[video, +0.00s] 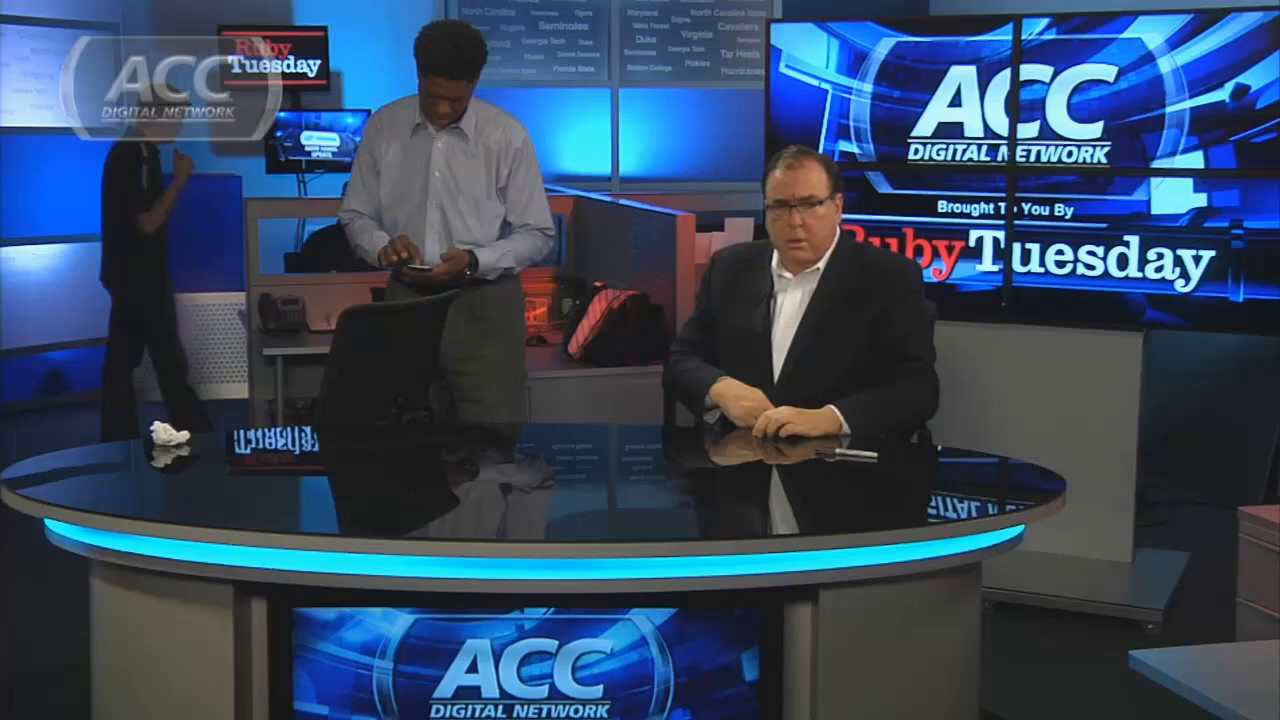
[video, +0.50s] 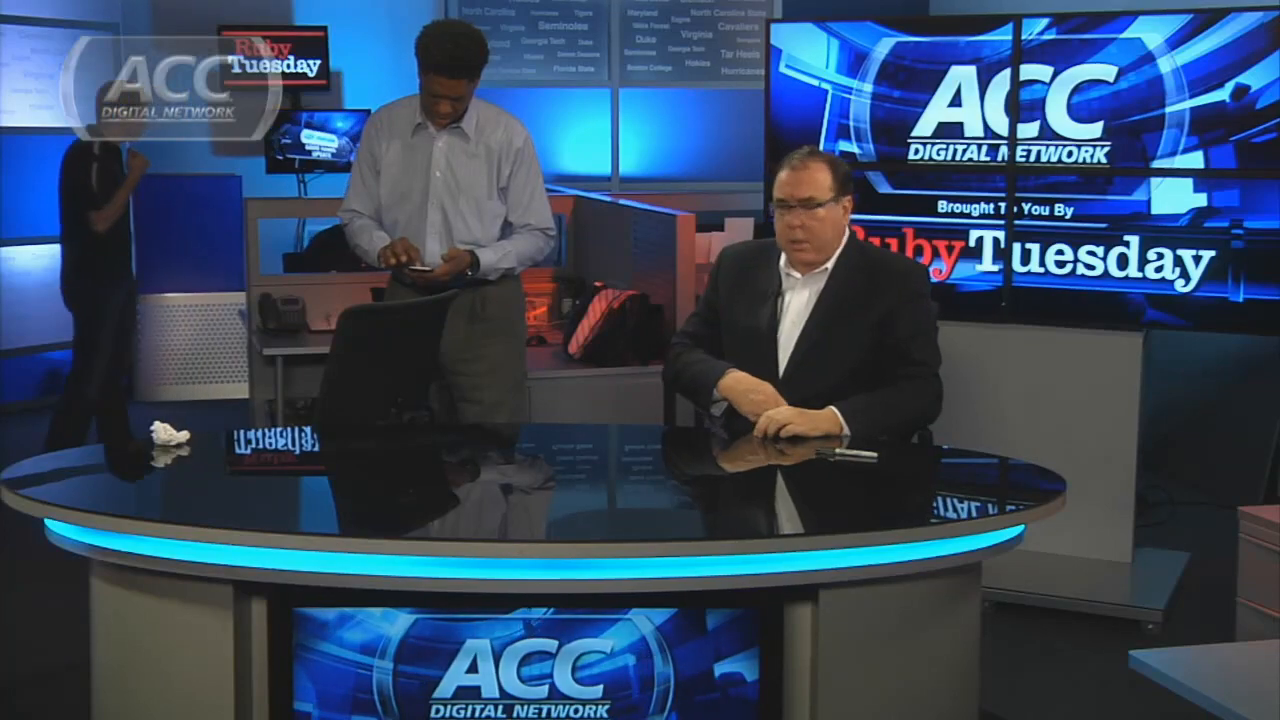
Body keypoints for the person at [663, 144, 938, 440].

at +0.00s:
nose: (795, 221)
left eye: (810, 205)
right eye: (781, 206)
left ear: (838, 207)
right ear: (766, 211)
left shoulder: (893, 278)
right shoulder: (732, 270)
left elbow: (919, 390)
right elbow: (684, 360)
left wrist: (834, 417)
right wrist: (724, 390)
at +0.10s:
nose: (800, 221)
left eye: (815, 204)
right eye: (785, 206)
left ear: (841, 208)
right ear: (769, 211)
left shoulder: (893, 279)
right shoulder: (732, 269)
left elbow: (919, 392)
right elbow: (682, 360)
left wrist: (834, 418)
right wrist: (723, 387)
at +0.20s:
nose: (802, 221)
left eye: (817, 205)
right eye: (787, 206)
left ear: (843, 208)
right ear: (771, 211)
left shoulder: (894, 280)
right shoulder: (733, 269)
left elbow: (919, 392)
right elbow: (682, 359)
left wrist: (833, 419)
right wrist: (725, 385)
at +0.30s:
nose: (803, 221)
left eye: (818, 205)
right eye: (789, 207)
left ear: (844, 209)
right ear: (773, 211)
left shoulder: (895, 280)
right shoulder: (734, 268)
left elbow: (919, 393)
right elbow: (683, 359)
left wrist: (832, 419)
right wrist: (727, 386)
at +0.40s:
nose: (803, 221)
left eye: (819, 205)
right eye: (789, 207)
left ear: (846, 209)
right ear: (774, 211)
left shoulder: (896, 280)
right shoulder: (735, 267)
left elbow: (919, 393)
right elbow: (682, 358)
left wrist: (832, 419)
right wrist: (726, 383)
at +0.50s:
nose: (795, 222)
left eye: (811, 206)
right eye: (784, 206)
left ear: (846, 208)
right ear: (772, 209)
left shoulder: (897, 280)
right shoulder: (738, 266)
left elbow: (921, 393)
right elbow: (683, 355)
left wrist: (832, 419)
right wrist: (729, 381)